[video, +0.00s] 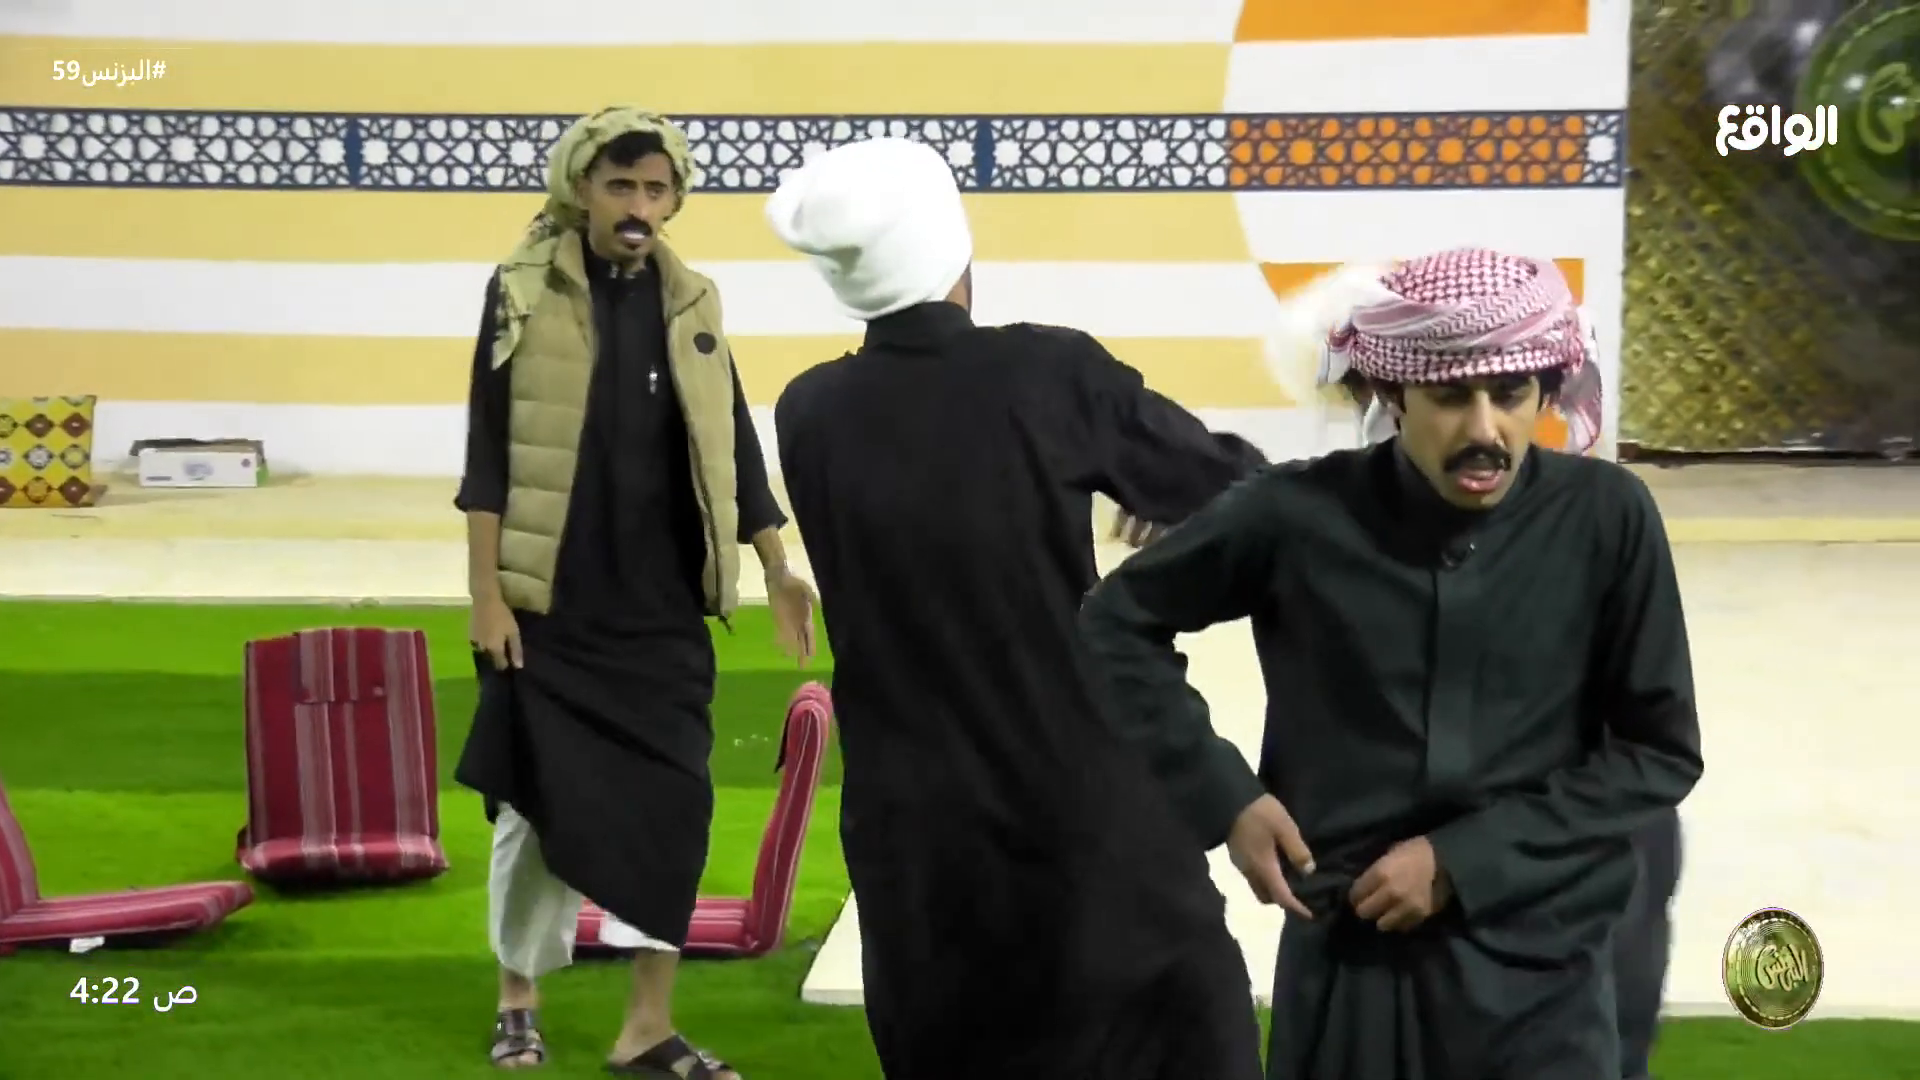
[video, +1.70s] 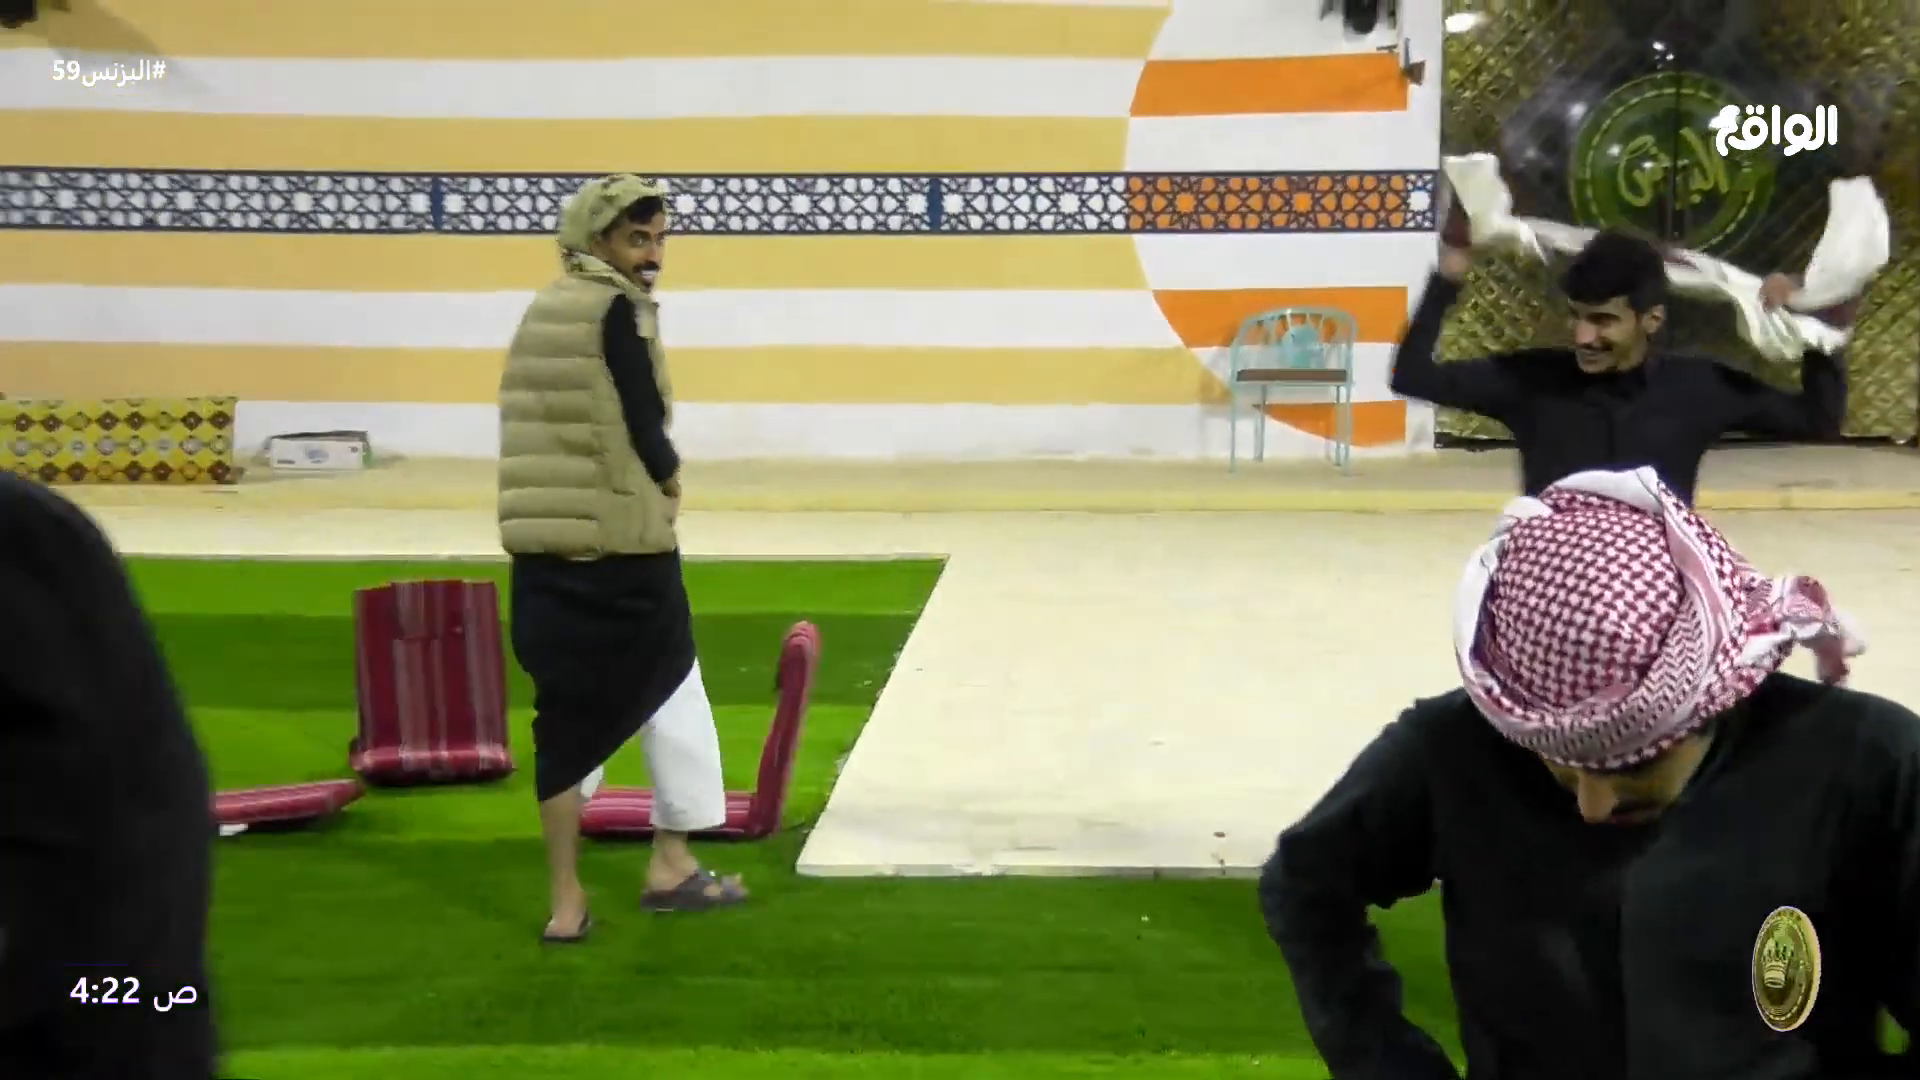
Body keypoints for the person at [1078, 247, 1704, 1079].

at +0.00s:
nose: (1483, 431)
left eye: (1509, 395)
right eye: (1450, 396)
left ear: (1544, 397)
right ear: (1395, 397)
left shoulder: (1608, 516)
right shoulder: (1292, 516)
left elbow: (1659, 753)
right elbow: (1115, 619)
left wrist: (1457, 860)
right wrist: (1229, 799)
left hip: (1541, 985)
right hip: (1344, 979)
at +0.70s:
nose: (1492, 492)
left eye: (1521, 454)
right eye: (1456, 460)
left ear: (1563, 454)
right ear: (1404, 467)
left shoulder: (1653, 586)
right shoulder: (1315, 594)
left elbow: (1718, 837)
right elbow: (1171, 717)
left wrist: (1479, 912)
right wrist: (1258, 893)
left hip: (1562, 1046)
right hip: (1356, 1043)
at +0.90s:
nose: (1469, 569)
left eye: (1495, 523)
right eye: (1427, 537)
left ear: (1548, 514)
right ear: (1378, 543)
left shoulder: (1668, 636)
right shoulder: (1318, 671)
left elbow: (1737, 902)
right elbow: (1187, 804)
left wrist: (1495, 1009)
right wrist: (1294, 979)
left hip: (1599, 1059)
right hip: (1369, 1061)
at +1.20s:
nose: (1512, 597)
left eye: (1538, 549)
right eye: (1466, 560)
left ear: (1595, 532)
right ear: (1416, 558)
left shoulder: (1716, 660)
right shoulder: (1337, 689)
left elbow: (1805, 935)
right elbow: (1180, 834)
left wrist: (1551, 1064)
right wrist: (1332, 1027)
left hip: (1651, 1064)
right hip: (1414, 1068)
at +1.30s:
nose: (1533, 652)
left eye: (1560, 605)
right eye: (1490, 618)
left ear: (1615, 578)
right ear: (1440, 600)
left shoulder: (1744, 698)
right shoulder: (1356, 719)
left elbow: (1825, 979)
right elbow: (1191, 858)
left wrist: (1633, 1069)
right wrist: (1346, 1049)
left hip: (1661, 1057)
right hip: (1435, 1063)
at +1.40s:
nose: (1564, 742)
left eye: (1600, 698)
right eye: (1525, 703)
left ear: (1656, 640)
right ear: (1474, 662)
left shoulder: (1796, 743)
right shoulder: (1395, 746)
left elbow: (1861, 1032)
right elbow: (1231, 887)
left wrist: (1741, 1068)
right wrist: (1361, 1070)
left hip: (1704, 1063)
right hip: (1470, 1063)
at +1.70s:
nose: (1597, 806)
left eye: (1639, 766)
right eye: (1560, 765)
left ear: (1718, 697)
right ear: (1519, 710)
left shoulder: (1870, 768)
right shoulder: (1445, 758)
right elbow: (1303, 888)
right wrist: (1399, 1069)